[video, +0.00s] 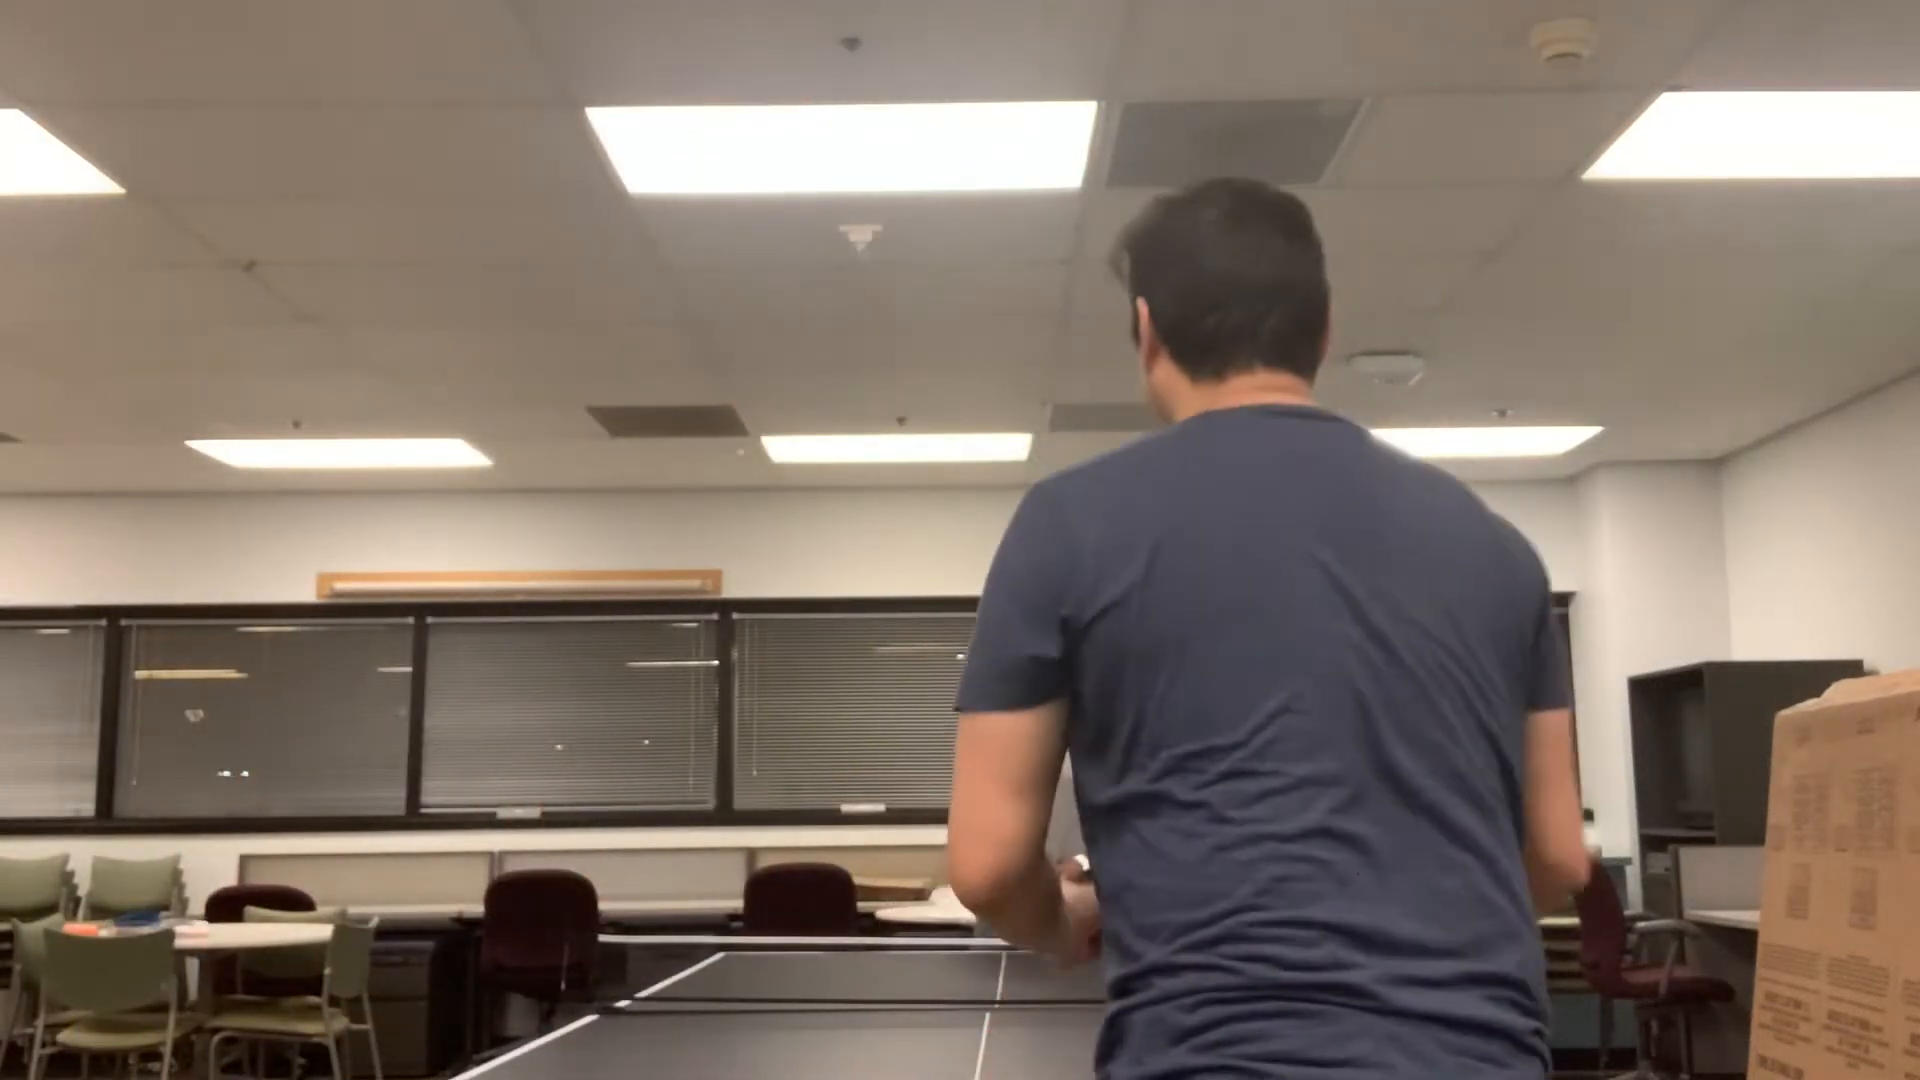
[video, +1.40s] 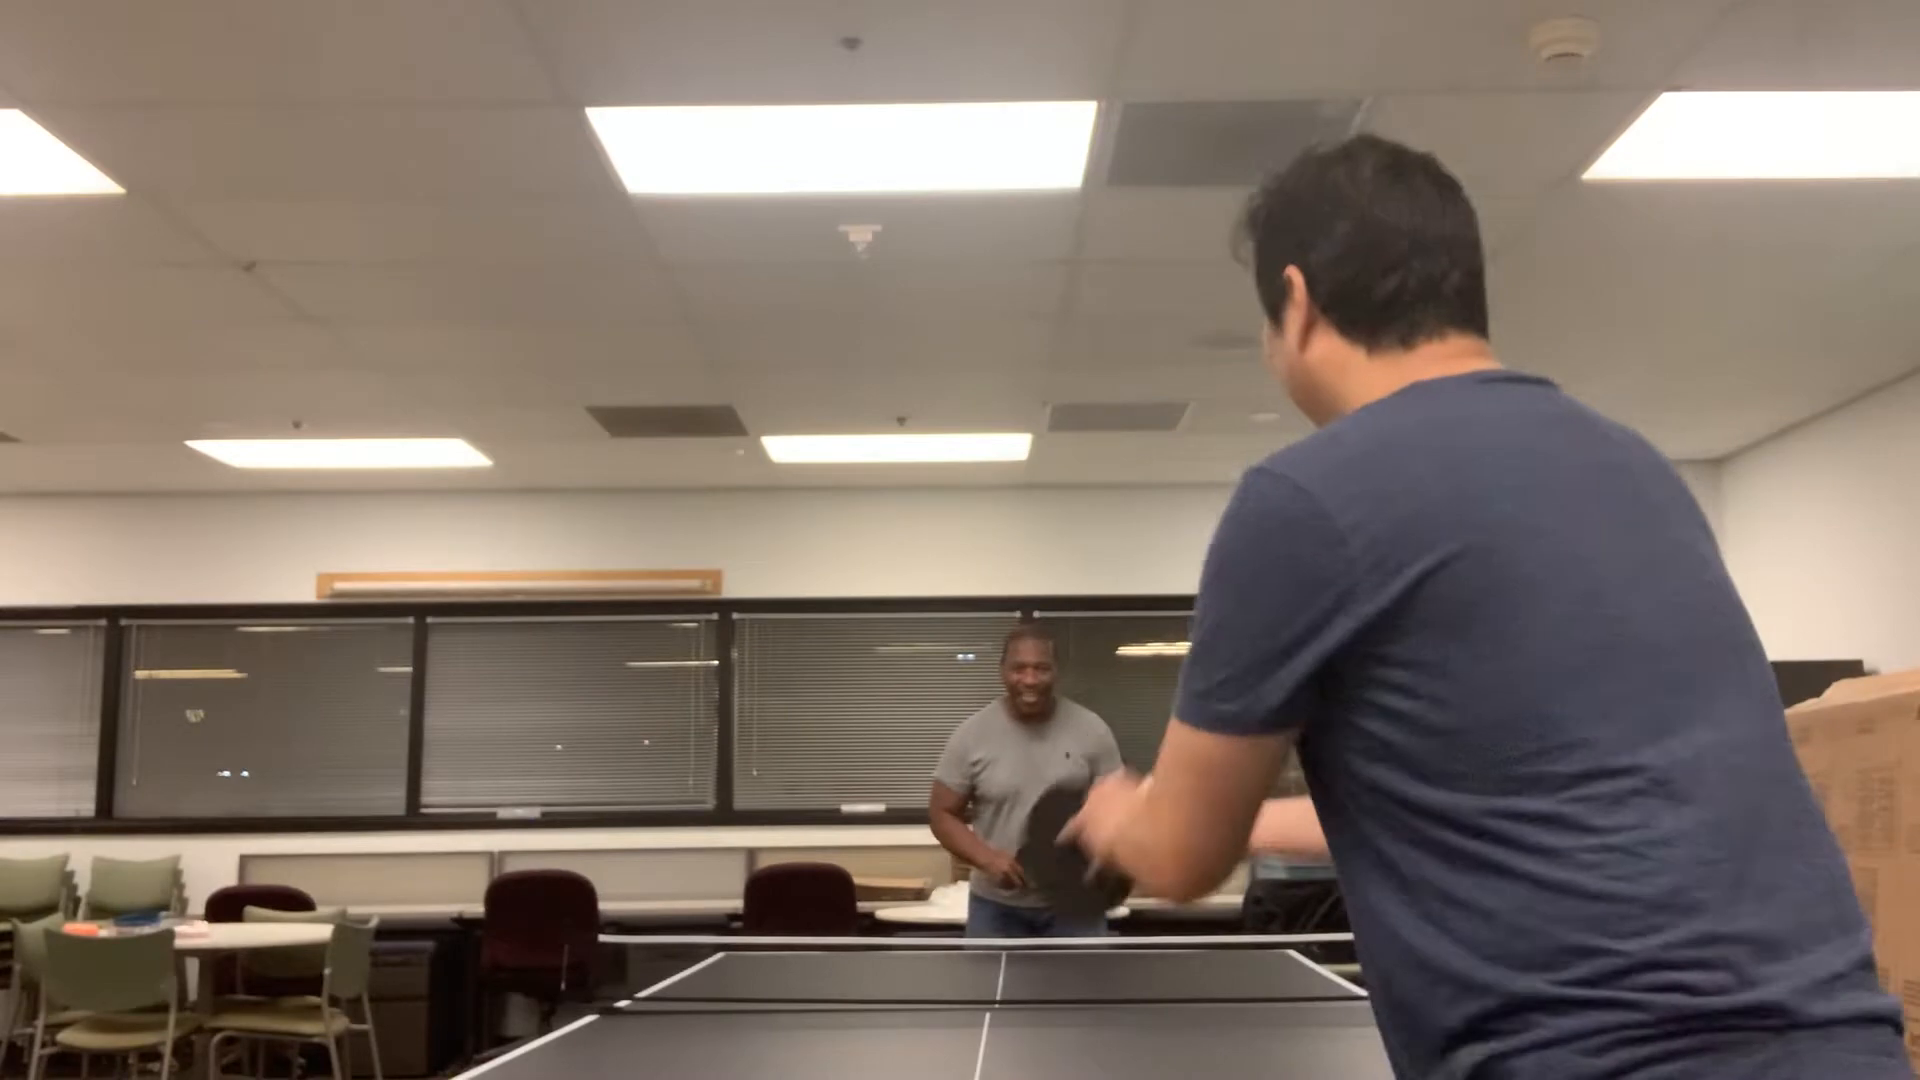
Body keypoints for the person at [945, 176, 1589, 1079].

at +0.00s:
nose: (1134, 350)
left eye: (1130, 328)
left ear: (1146, 329)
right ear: (1324, 330)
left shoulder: (1076, 516)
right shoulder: (1490, 544)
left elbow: (988, 864)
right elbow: (1559, 857)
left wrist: (1064, 923)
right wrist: (1426, 895)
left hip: (1205, 1044)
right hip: (1474, 1048)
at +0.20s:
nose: (1179, 303)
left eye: (1175, 283)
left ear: (1191, 278)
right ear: (1380, 279)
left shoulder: (1104, 479)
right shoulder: (1549, 505)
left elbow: (1012, 847)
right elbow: (1625, 835)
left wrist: (1143, 823)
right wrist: (1479, 893)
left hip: (1212, 1047)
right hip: (1499, 1052)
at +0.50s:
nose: (1251, 284)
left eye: (1247, 256)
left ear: (1269, 252)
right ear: (1464, 245)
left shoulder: (1194, 461)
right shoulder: (1625, 459)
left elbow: (1092, 798)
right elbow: (1645, 739)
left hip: (1324, 1044)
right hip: (1624, 1045)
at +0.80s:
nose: (1325, 304)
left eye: (1319, 272)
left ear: (1341, 262)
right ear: (1535, 250)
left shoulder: (1296, 472)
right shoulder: (1706, 444)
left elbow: (1191, 800)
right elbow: (1724, 709)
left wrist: (1298, 615)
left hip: (1477, 1046)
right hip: (1774, 1042)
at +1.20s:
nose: (1303, 301)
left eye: (1296, 269)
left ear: (1320, 258)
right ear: (1513, 248)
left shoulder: (1285, 458)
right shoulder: (1676, 425)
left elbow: (1189, 792)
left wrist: (1286, 673)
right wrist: (1320, 681)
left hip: (1517, 1050)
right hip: (1810, 1039)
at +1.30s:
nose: (1285, 318)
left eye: (1279, 283)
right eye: (1277, 288)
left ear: (1307, 275)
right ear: (1488, 259)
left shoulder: (1292, 470)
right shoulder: (1653, 434)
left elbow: (1175, 807)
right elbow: (1515, 748)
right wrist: (1207, 751)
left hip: (1544, 1048)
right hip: (1817, 1034)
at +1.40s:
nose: (1272, 359)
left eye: (1265, 322)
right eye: (1266, 326)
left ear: (1301, 301)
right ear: (1460, 286)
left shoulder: (1314, 495)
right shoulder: (1629, 459)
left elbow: (1178, 859)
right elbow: (1496, 811)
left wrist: (1121, 817)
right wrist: (1217, 825)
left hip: (1578, 1052)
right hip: (1842, 1034)